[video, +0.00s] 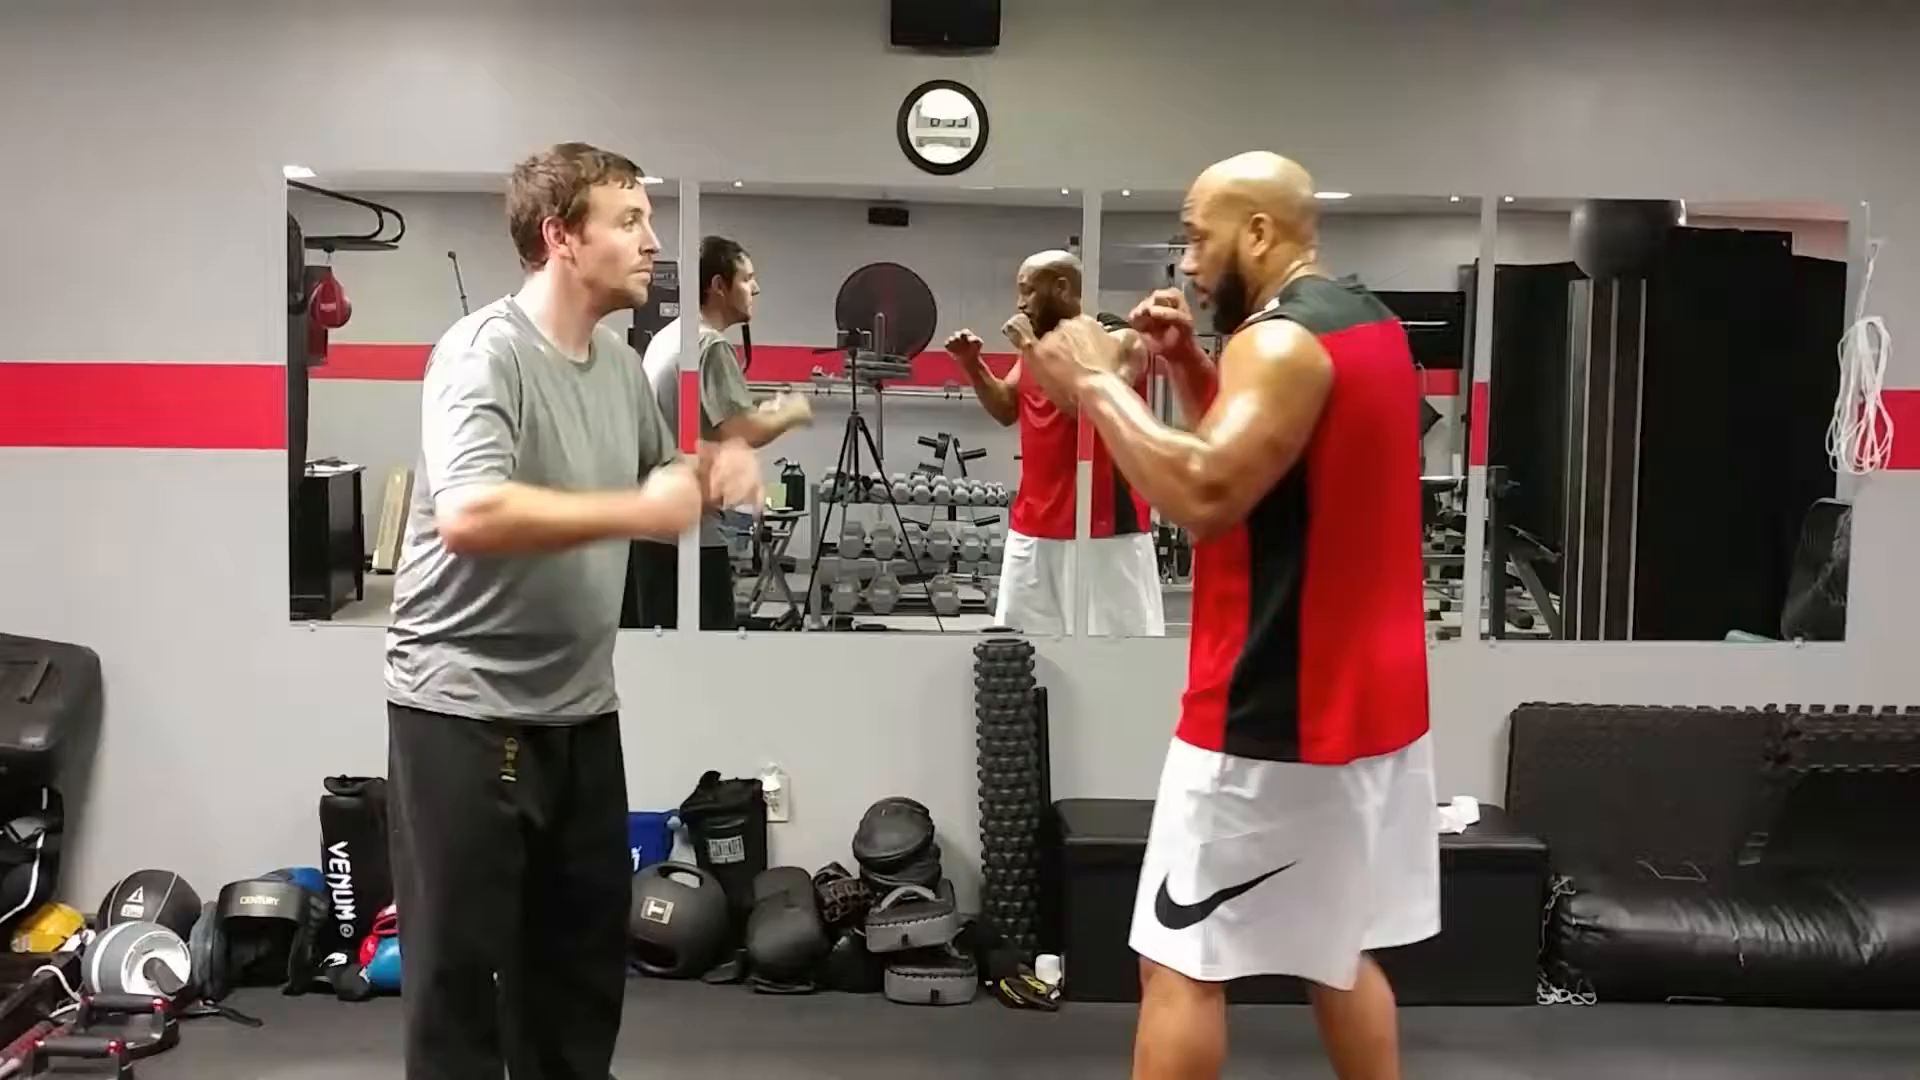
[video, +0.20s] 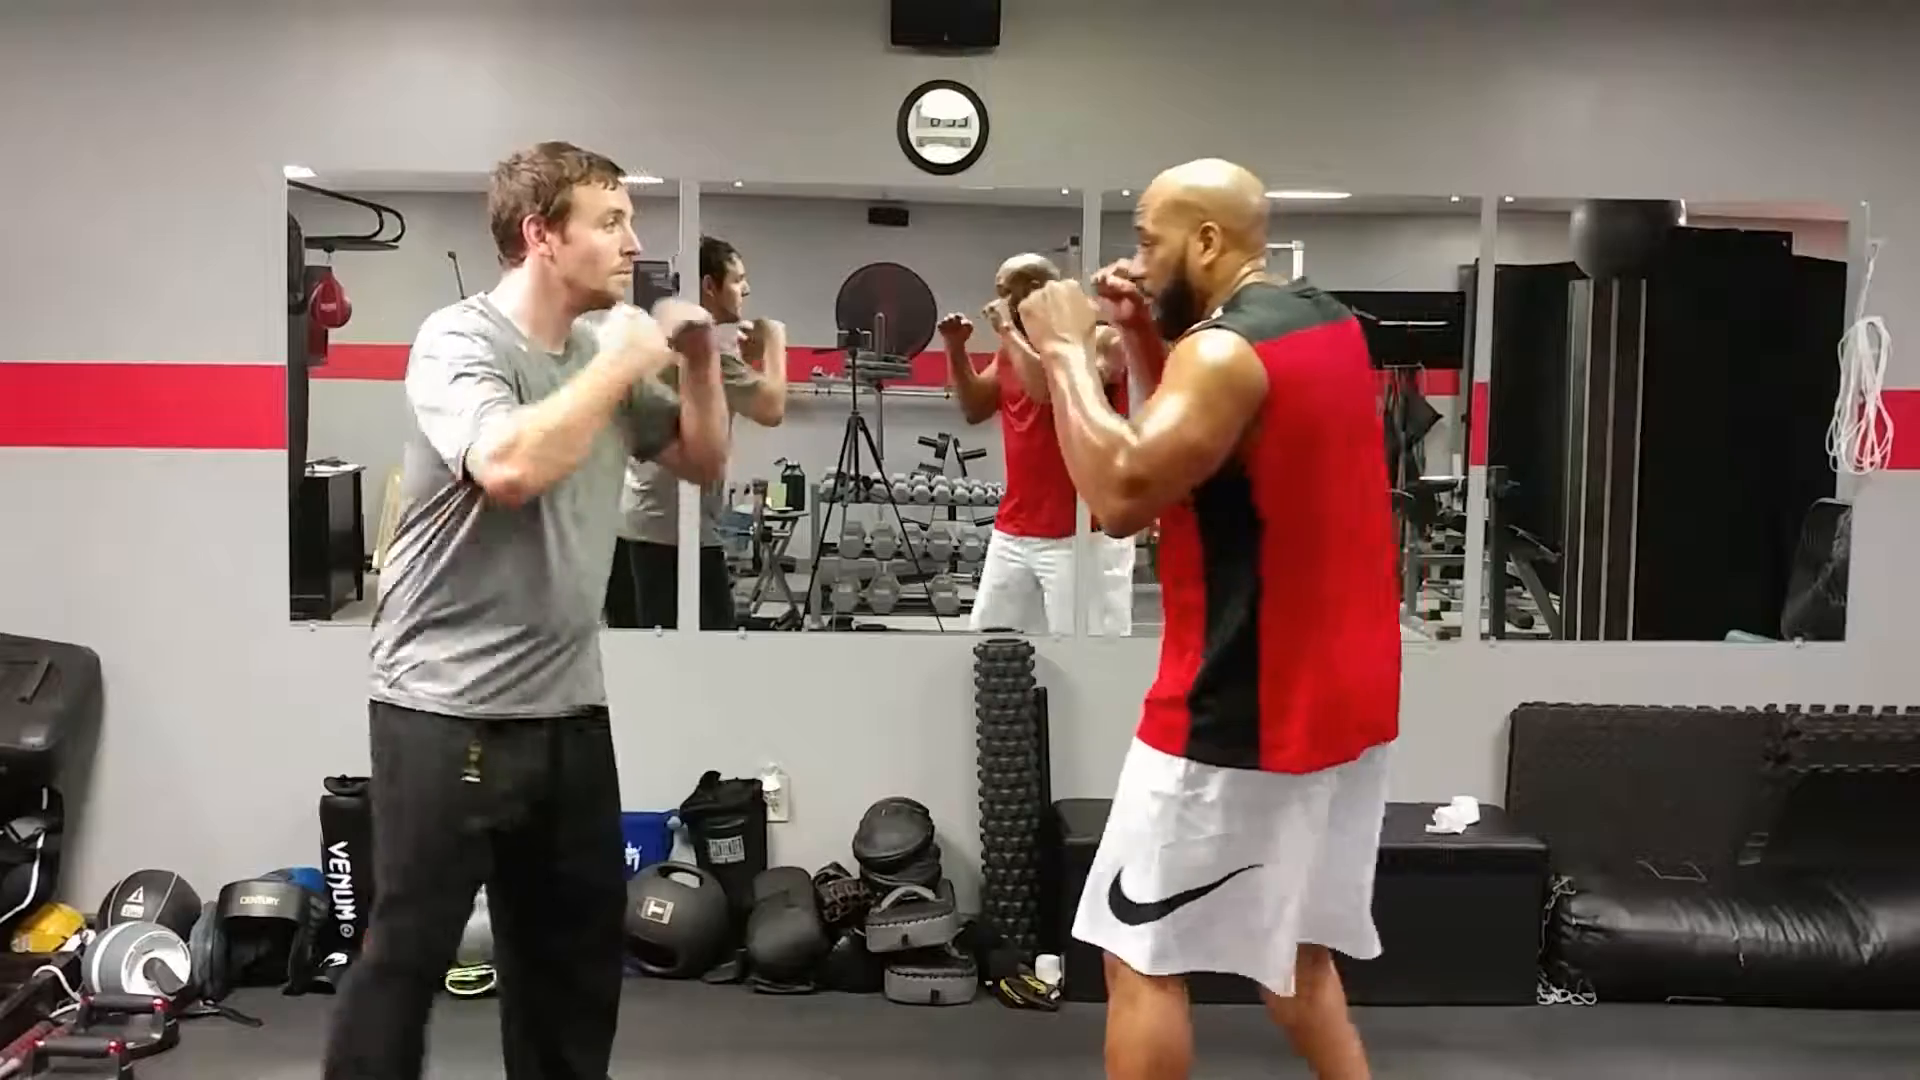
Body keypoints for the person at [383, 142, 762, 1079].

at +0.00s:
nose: (652, 241)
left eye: (649, 223)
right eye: (631, 222)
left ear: (579, 241)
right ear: (559, 238)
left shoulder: (622, 366)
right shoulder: (480, 350)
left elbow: (661, 497)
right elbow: (469, 516)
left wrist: (720, 465)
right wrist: (646, 509)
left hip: (581, 706)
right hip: (461, 707)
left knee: (581, 975)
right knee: (461, 977)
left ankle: (568, 1077)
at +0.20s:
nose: (633, 244)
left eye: (631, 224)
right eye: (612, 224)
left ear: (566, 239)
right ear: (540, 235)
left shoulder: (606, 348)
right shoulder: (455, 340)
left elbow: (704, 461)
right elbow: (510, 468)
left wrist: (700, 357)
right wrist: (623, 367)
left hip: (566, 705)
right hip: (442, 709)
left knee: (573, 978)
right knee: (403, 962)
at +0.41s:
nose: (581, 256)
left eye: (579, 235)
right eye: (560, 234)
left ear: (511, 249)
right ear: (488, 244)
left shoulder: (558, 370)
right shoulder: (397, 348)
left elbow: (657, 461)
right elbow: (482, 454)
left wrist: (661, 369)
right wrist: (547, 335)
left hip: (539, 736)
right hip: (397, 736)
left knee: (568, 1011)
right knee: (324, 1015)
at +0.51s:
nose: (567, 254)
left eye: (565, 234)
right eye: (548, 233)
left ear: (486, 242)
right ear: (472, 243)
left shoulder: (548, 365)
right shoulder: (376, 350)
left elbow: (646, 460)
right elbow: (461, 452)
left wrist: (659, 374)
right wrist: (525, 329)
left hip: (536, 730)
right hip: (386, 735)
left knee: (579, 998)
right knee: (318, 1021)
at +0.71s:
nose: (581, 288)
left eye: (581, 270)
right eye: (563, 268)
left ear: (506, 279)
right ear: (492, 278)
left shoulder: (579, 389)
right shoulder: (402, 388)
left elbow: (695, 452)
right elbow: (480, 492)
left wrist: (693, 364)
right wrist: (540, 368)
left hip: (570, 734)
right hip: (417, 745)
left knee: (669, 913)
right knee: (347, 1007)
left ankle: (685, 1066)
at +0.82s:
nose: (632, 294)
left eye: (629, 276)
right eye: (611, 276)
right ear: (544, 293)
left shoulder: (621, 397)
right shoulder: (483, 400)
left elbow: (722, 484)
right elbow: (585, 479)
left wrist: (710, 384)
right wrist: (640, 369)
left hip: (598, 745)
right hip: (464, 759)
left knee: (711, 921)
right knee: (390, 1004)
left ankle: (795, 1073)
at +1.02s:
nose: (783, 304)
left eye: (775, 285)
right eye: (760, 287)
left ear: (699, 322)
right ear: (701, 317)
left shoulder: (661, 412)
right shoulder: (734, 411)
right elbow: (912, 479)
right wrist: (1038, 495)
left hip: (722, 740)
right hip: (632, 736)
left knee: (828, 948)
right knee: (523, 979)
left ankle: (857, 1073)